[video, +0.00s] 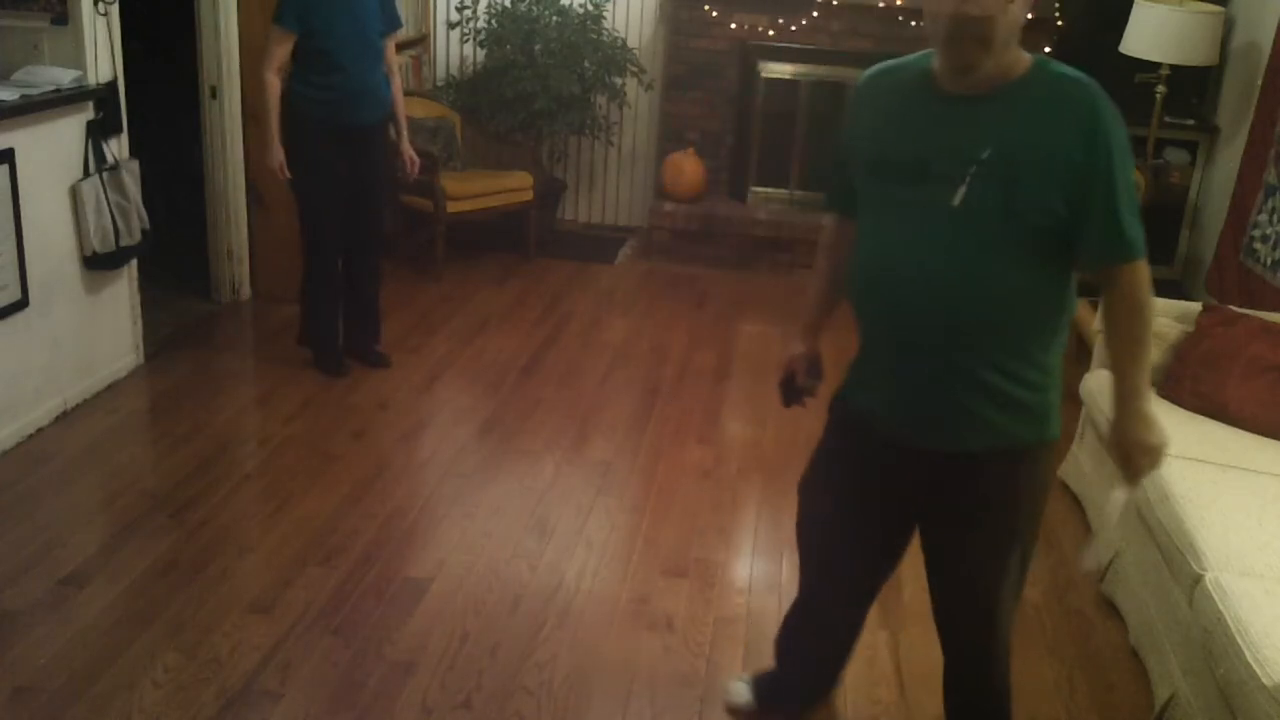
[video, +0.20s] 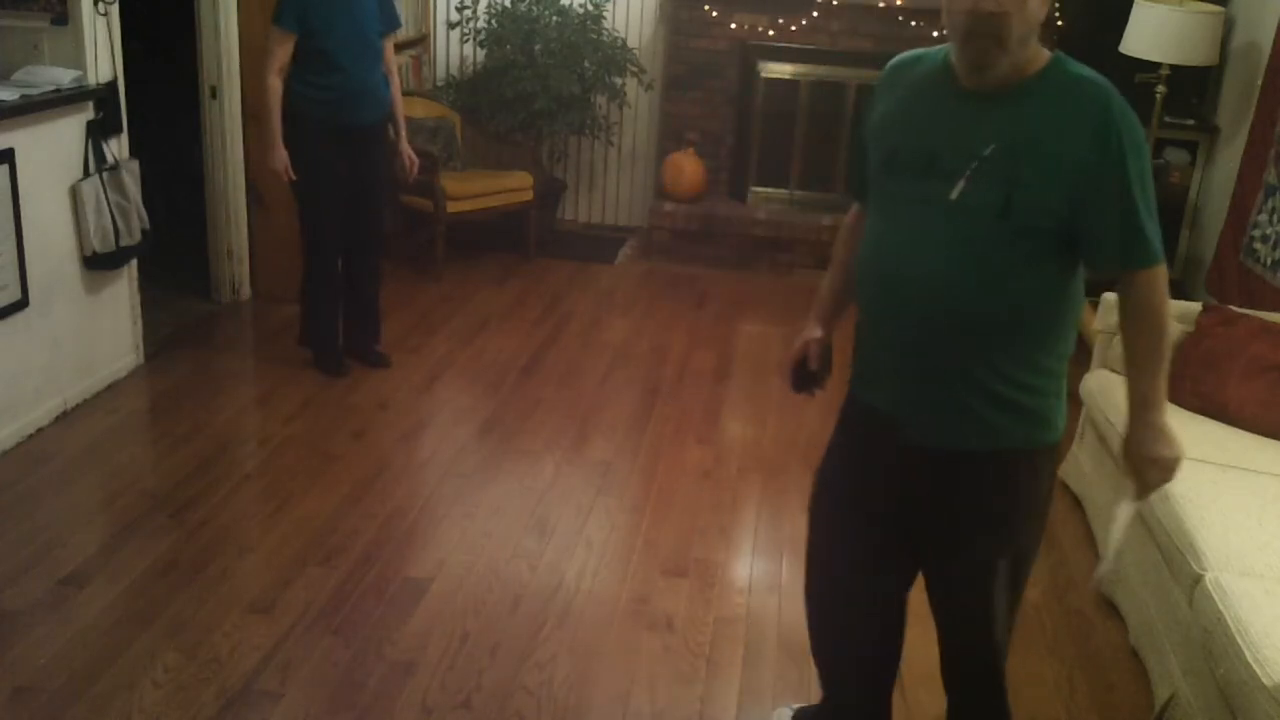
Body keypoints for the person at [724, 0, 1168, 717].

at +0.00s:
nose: (972, 5)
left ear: (1028, 9)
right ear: (926, 3)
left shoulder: (1077, 113)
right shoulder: (880, 93)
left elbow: (1125, 266)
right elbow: (845, 222)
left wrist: (1132, 404)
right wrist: (807, 333)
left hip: (1000, 430)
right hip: (877, 403)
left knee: (976, 630)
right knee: (828, 577)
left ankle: (979, 718)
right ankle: (793, 690)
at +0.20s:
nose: (973, 7)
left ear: (1044, 9)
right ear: (943, 5)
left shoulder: (1095, 116)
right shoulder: (901, 81)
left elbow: (1142, 269)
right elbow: (868, 208)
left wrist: (1148, 415)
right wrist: (820, 318)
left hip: (1001, 437)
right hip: (879, 411)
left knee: (974, 642)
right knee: (843, 598)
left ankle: (975, 715)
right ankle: (849, 707)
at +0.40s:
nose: (975, 11)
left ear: (1040, 12)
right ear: (938, 2)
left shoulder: (1072, 119)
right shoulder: (903, 75)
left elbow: (1088, 291)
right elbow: (863, 210)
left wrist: (1053, 432)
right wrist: (820, 322)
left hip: (983, 428)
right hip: (872, 403)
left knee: (968, 617)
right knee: (846, 589)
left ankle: (969, 713)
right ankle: (851, 705)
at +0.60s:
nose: (954, 11)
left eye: (982, 1)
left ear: (1033, 13)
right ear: (926, 3)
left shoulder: (1055, 126)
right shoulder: (915, 76)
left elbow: (1039, 297)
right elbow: (880, 225)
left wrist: (937, 421)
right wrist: (832, 335)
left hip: (954, 433)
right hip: (864, 400)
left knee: (926, 614)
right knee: (835, 591)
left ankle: (947, 710)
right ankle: (840, 710)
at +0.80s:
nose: (903, 15)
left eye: (928, 3)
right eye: (911, 2)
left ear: (1002, 12)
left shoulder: (1035, 127)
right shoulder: (945, 102)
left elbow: (1007, 304)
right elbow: (914, 257)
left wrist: (870, 402)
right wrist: (851, 383)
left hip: (942, 442)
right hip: (882, 423)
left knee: (893, 621)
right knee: (849, 599)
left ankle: (900, 714)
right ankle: (841, 706)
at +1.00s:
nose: (885, 43)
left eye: (894, 23)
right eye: (883, 25)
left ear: (954, 12)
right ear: (957, 16)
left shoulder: (994, 126)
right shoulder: (1024, 101)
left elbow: (944, 312)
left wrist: (819, 378)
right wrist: (841, 371)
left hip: (949, 449)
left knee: (910, 638)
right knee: (889, 606)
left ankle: (903, 717)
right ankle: (857, 705)